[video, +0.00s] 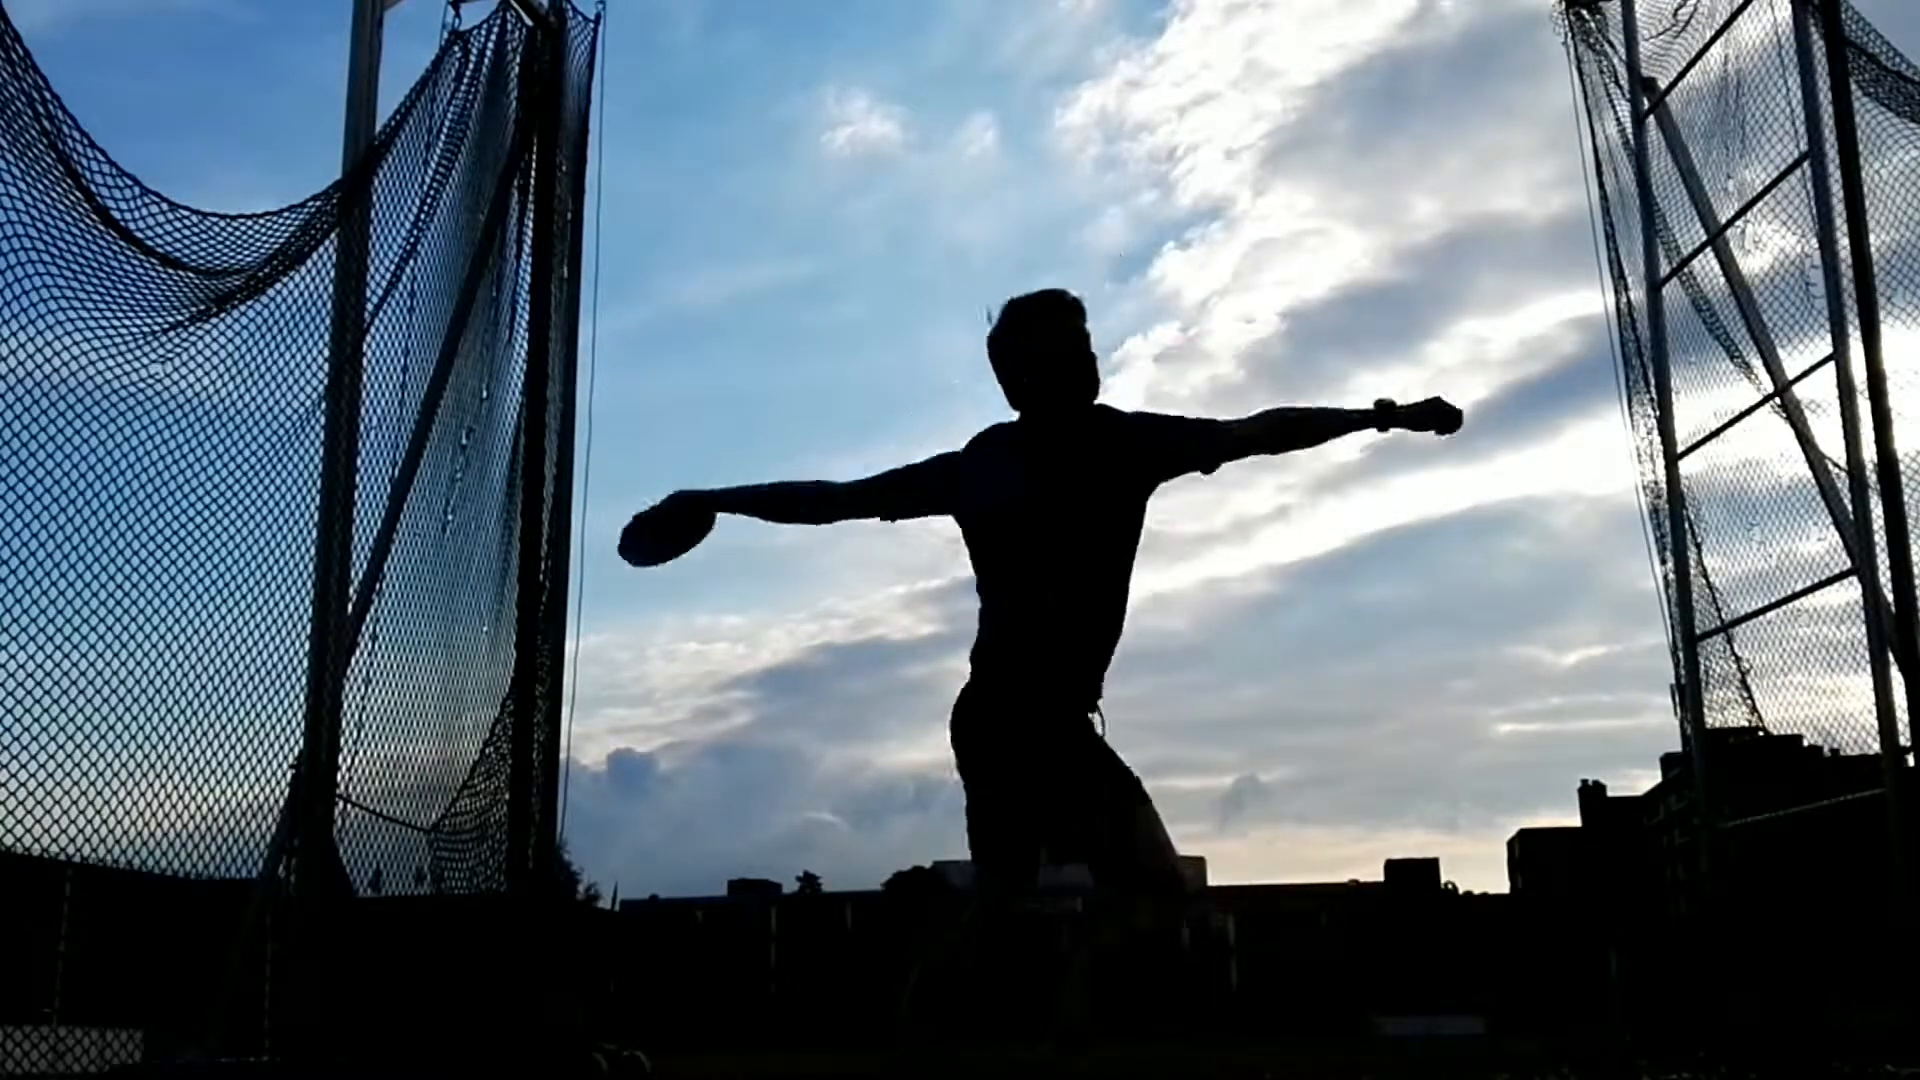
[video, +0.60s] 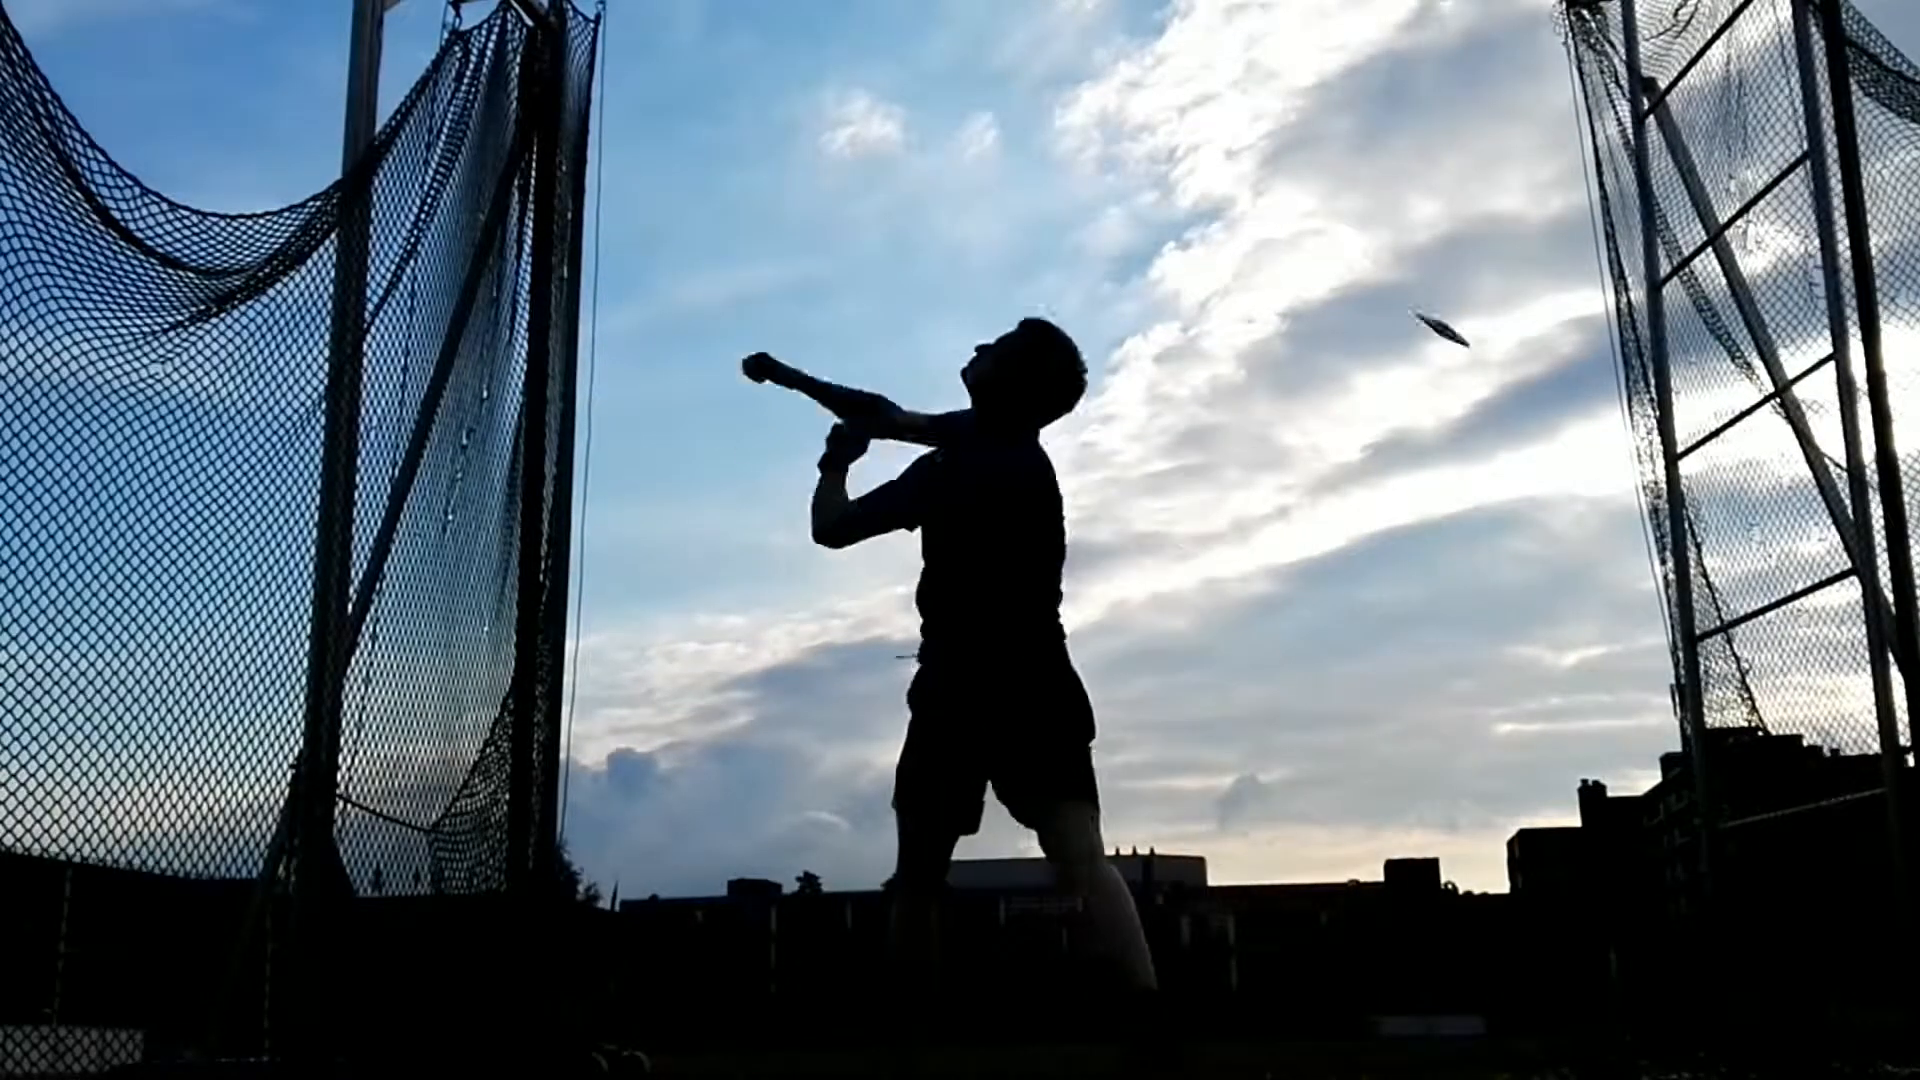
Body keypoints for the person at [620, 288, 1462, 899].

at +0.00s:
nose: (1090, 367)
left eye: (1079, 349)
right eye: (1072, 352)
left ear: (1009, 373)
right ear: (1054, 363)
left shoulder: (972, 468)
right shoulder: (1127, 445)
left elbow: (837, 501)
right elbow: (1261, 436)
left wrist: (713, 501)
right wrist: (1381, 416)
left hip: (1000, 720)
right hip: (1043, 721)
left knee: (1008, 907)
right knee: (1161, 894)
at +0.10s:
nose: (1078, 369)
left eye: (1069, 355)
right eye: (1057, 359)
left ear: (1016, 391)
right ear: (1016, 388)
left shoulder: (1079, 465)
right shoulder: (1018, 479)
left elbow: (1153, 473)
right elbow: (926, 532)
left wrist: (1213, 473)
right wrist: (839, 557)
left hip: (1042, 727)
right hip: (1007, 731)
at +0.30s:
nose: (1001, 361)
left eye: (989, 349)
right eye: (993, 351)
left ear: (921, 396)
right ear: (995, 369)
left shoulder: (918, 474)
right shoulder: (1063, 461)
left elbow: (857, 569)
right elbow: (1131, 535)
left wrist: (897, 577)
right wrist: (1104, 517)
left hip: (967, 696)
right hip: (1065, 691)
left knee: (934, 865)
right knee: (1078, 878)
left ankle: (916, 1039)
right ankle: (1078, 1043)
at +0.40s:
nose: (957, 386)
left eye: (931, 377)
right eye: (972, 367)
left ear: (916, 391)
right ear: (990, 372)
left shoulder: (896, 487)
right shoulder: (1053, 441)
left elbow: (817, 583)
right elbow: (1176, 466)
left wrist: (808, 582)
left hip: (960, 697)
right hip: (1056, 686)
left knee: (921, 873)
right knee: (1069, 869)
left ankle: (892, 1035)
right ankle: (1102, 1027)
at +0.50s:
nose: (944, 381)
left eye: (950, 374)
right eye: (949, 373)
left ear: (962, 387)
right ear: (1026, 390)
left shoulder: (919, 490)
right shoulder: (1040, 454)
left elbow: (815, 572)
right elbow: (1023, 432)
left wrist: (807, 523)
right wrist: (1050, 418)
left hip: (950, 699)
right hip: (1043, 688)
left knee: (923, 874)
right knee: (1075, 863)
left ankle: (914, 1033)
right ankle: (1125, 1019)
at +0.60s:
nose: (972, 357)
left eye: (990, 352)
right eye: (986, 348)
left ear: (1010, 381)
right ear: (1032, 392)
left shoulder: (950, 469)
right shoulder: (1015, 447)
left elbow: (831, 526)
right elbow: (888, 415)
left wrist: (837, 459)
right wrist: (791, 377)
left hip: (956, 694)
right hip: (1040, 685)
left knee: (920, 875)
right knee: (1084, 863)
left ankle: (910, 1035)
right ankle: (1148, 1019)